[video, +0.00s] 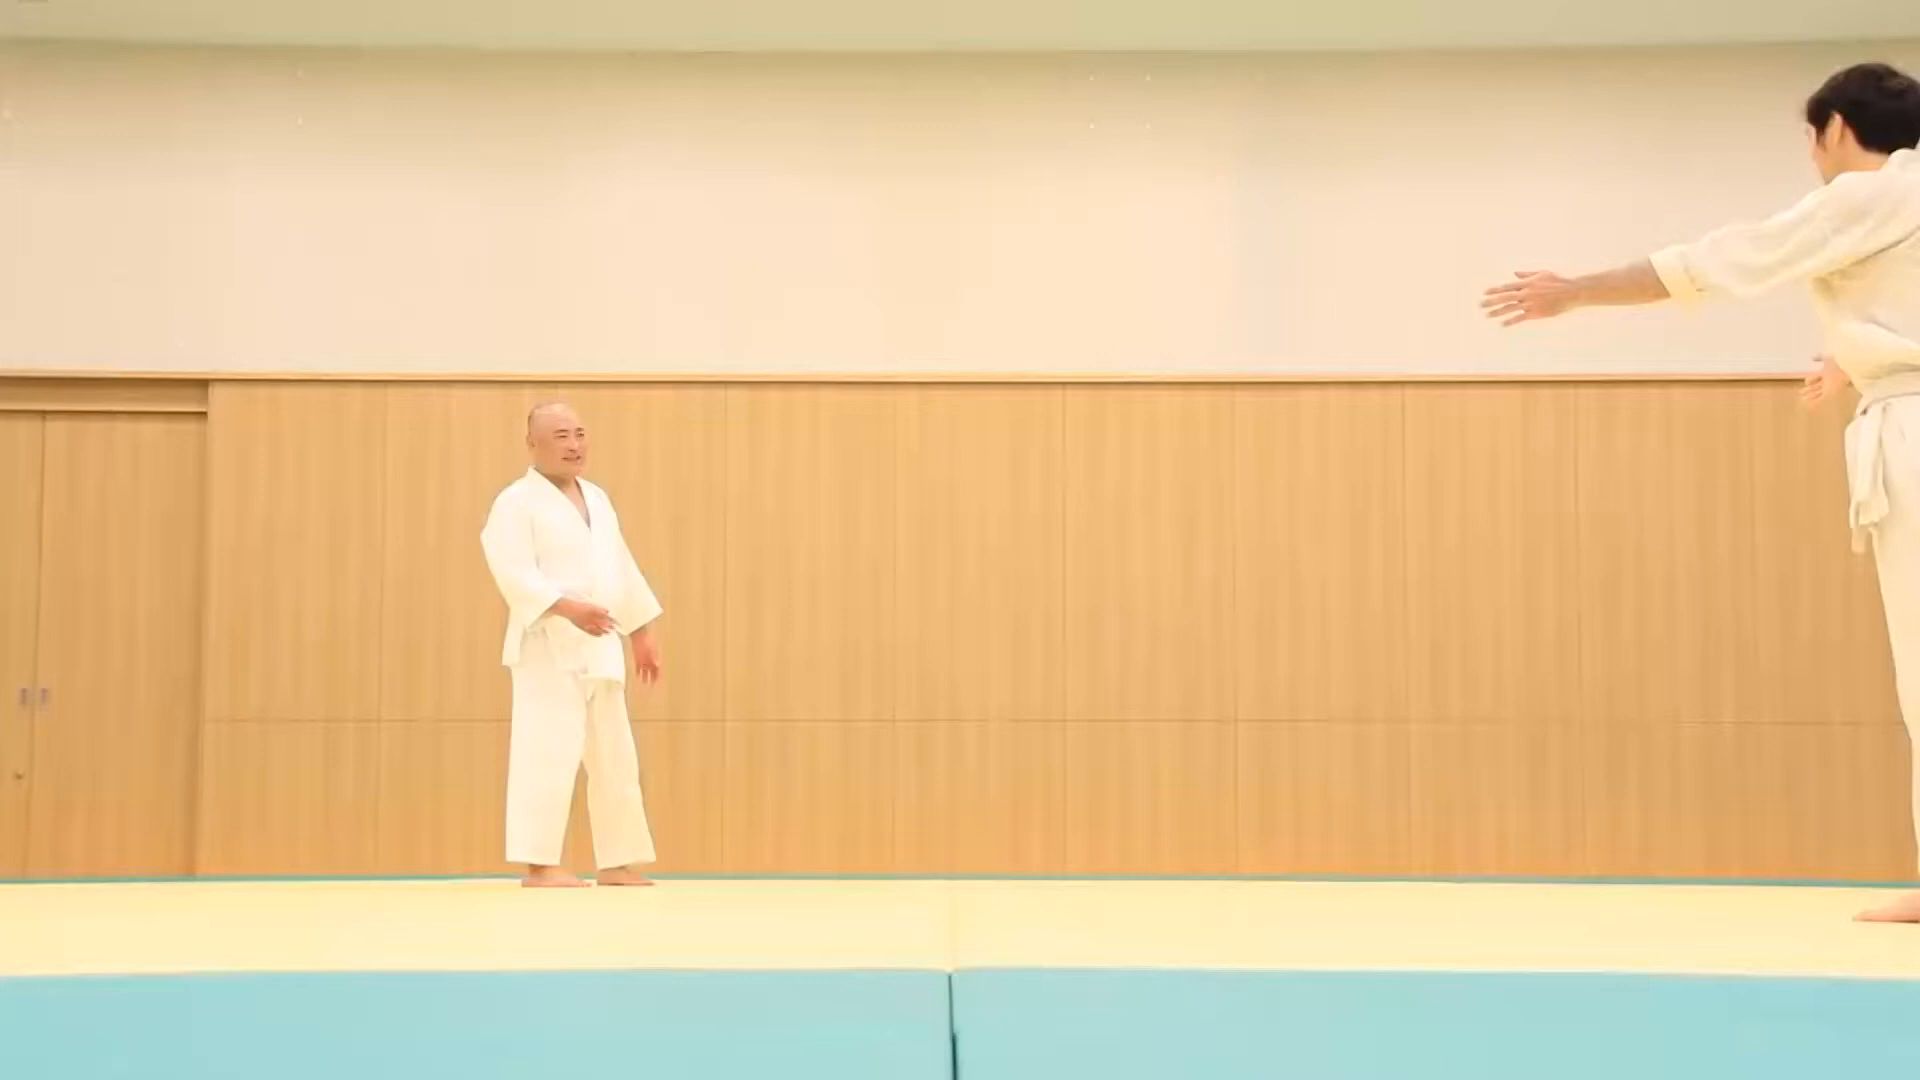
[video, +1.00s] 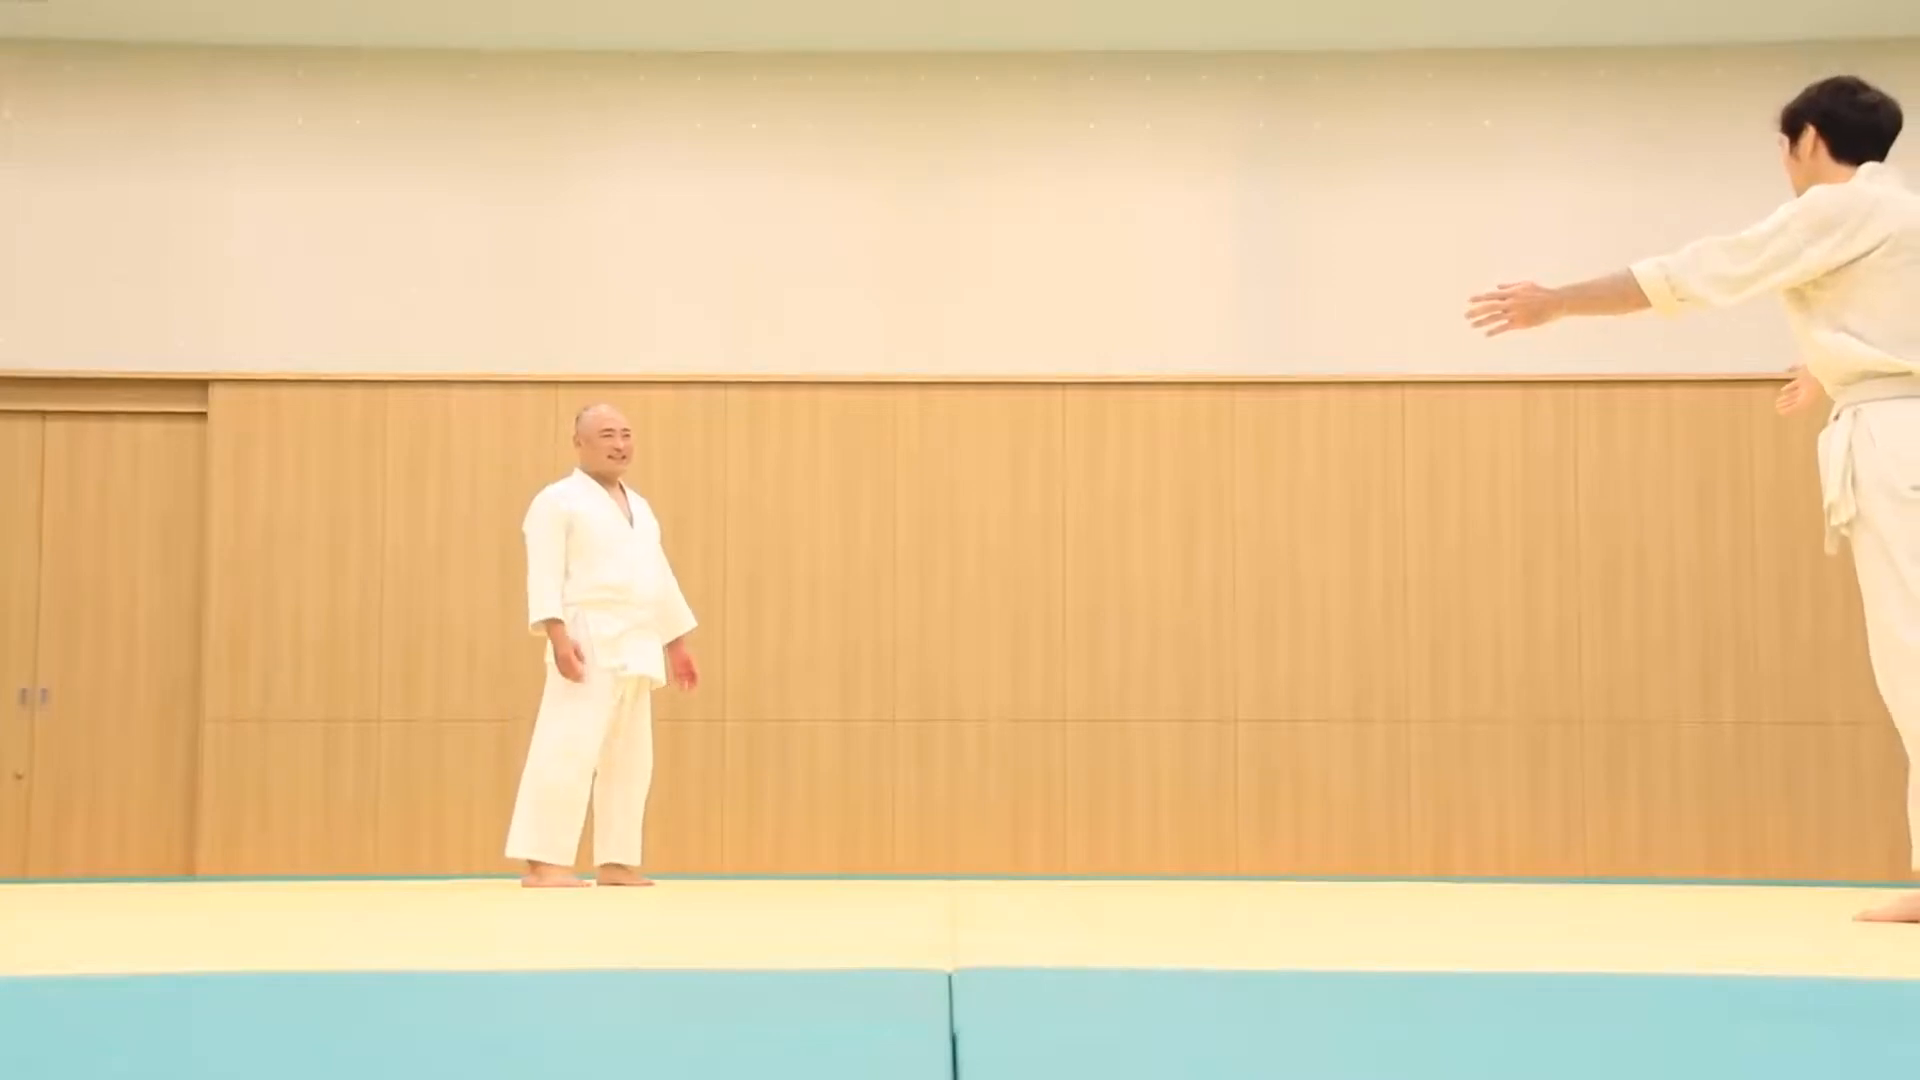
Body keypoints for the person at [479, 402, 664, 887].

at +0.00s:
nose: (575, 444)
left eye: (580, 434)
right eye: (561, 435)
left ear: (587, 440)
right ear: (533, 445)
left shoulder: (596, 499)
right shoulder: (515, 503)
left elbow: (621, 568)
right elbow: (514, 575)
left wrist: (641, 632)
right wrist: (569, 608)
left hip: (602, 648)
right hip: (548, 648)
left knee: (613, 755)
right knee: (547, 753)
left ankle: (616, 865)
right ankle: (540, 866)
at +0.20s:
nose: (592, 441)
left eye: (597, 432)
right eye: (578, 433)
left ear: (604, 439)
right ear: (551, 442)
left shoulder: (612, 499)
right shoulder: (530, 502)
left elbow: (638, 567)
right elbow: (525, 575)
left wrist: (662, 629)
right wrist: (561, 626)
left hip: (618, 649)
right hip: (563, 649)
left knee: (618, 756)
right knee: (555, 754)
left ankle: (617, 863)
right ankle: (544, 865)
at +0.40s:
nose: (605, 442)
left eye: (611, 433)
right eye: (592, 434)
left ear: (618, 441)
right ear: (565, 443)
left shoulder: (624, 503)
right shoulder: (544, 502)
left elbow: (646, 572)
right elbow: (531, 576)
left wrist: (671, 634)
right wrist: (520, 647)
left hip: (626, 651)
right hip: (574, 650)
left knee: (622, 756)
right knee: (563, 753)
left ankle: (613, 862)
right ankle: (545, 865)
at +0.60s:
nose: (613, 443)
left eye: (619, 435)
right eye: (600, 435)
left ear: (626, 443)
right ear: (572, 442)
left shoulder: (630, 505)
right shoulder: (549, 500)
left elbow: (650, 577)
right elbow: (524, 570)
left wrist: (665, 643)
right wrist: (509, 637)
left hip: (631, 651)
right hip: (577, 650)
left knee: (626, 755)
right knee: (565, 752)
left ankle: (617, 863)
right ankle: (545, 865)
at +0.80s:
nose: (617, 443)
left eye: (623, 435)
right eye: (603, 434)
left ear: (630, 444)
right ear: (575, 443)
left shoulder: (636, 505)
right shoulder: (553, 501)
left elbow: (656, 579)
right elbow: (536, 574)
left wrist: (667, 645)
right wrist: (535, 641)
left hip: (635, 648)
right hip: (579, 645)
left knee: (628, 755)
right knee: (566, 752)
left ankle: (616, 862)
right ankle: (544, 864)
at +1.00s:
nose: (620, 443)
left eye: (626, 435)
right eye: (607, 435)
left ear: (633, 444)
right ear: (579, 445)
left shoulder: (638, 505)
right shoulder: (557, 501)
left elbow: (659, 578)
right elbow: (543, 575)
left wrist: (675, 642)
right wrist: (557, 635)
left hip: (637, 651)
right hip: (585, 647)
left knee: (628, 757)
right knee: (565, 753)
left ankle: (616, 862)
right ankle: (543, 863)